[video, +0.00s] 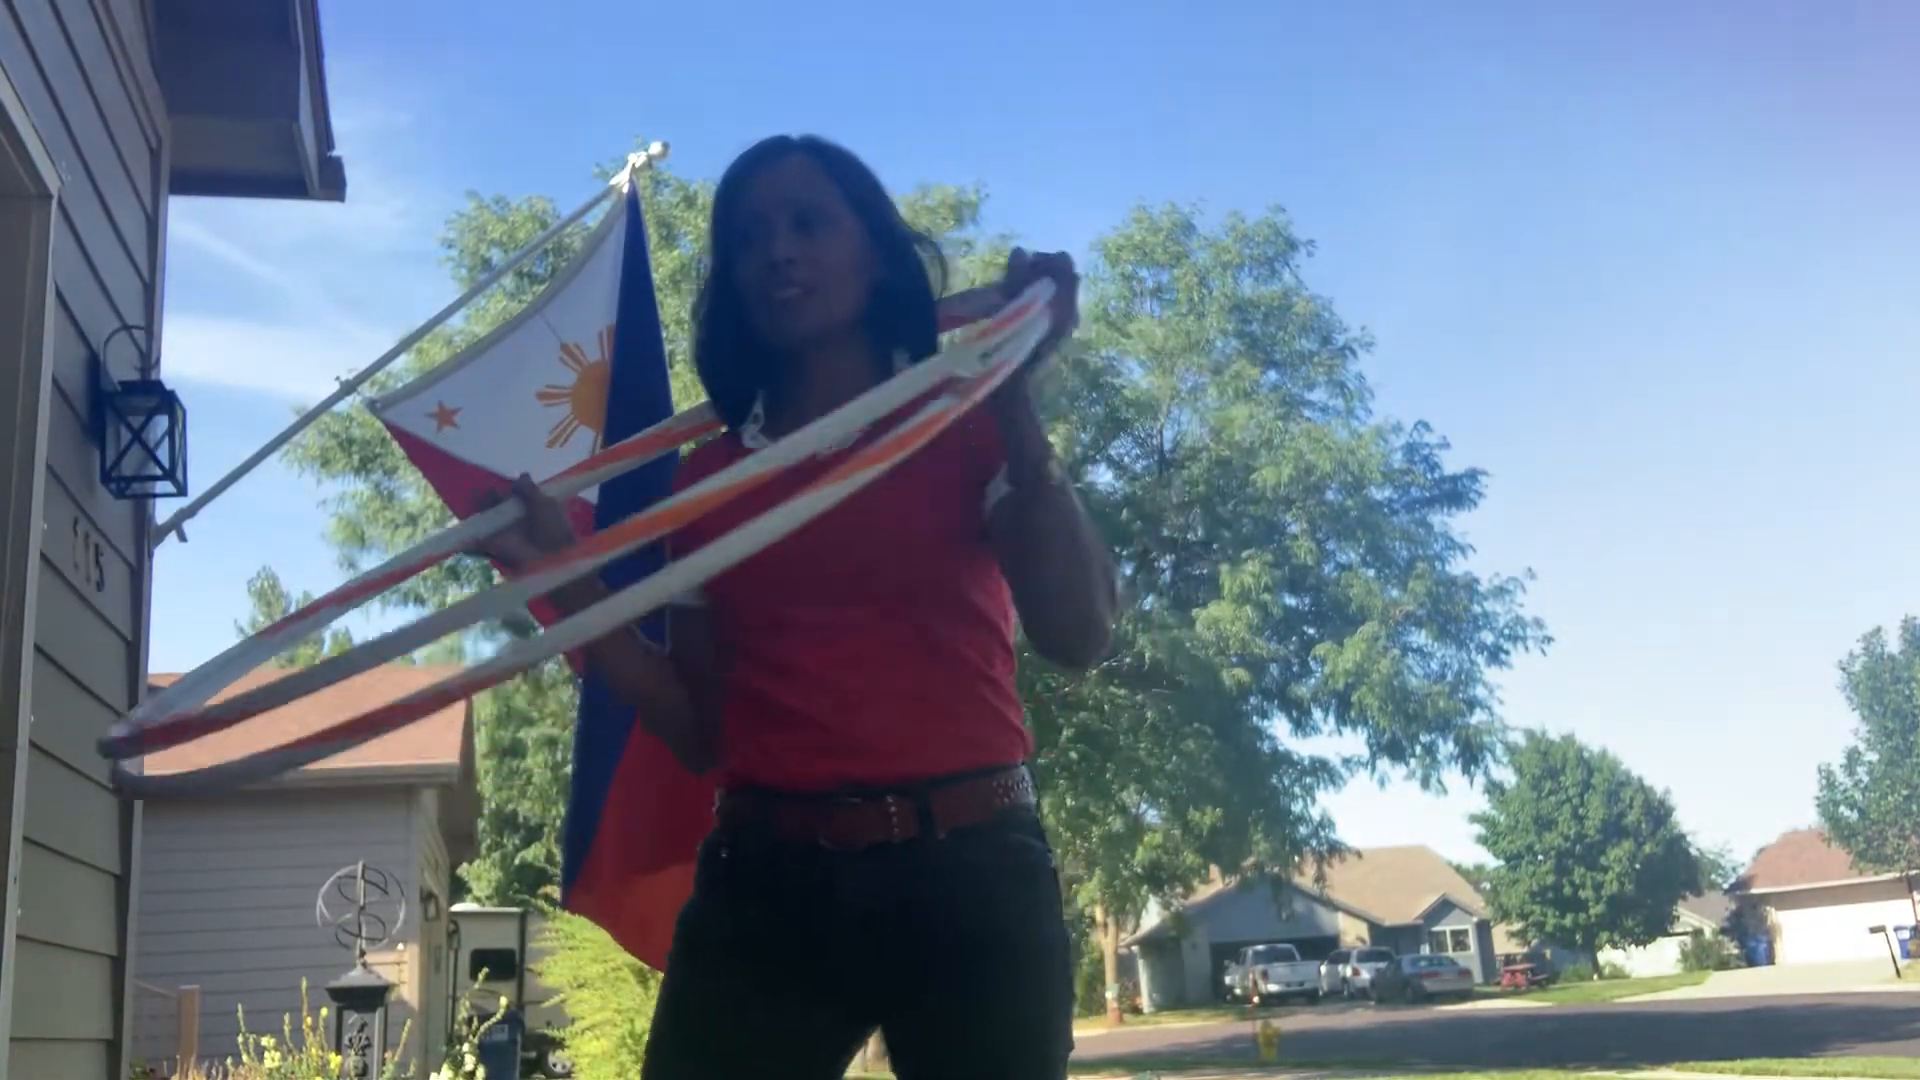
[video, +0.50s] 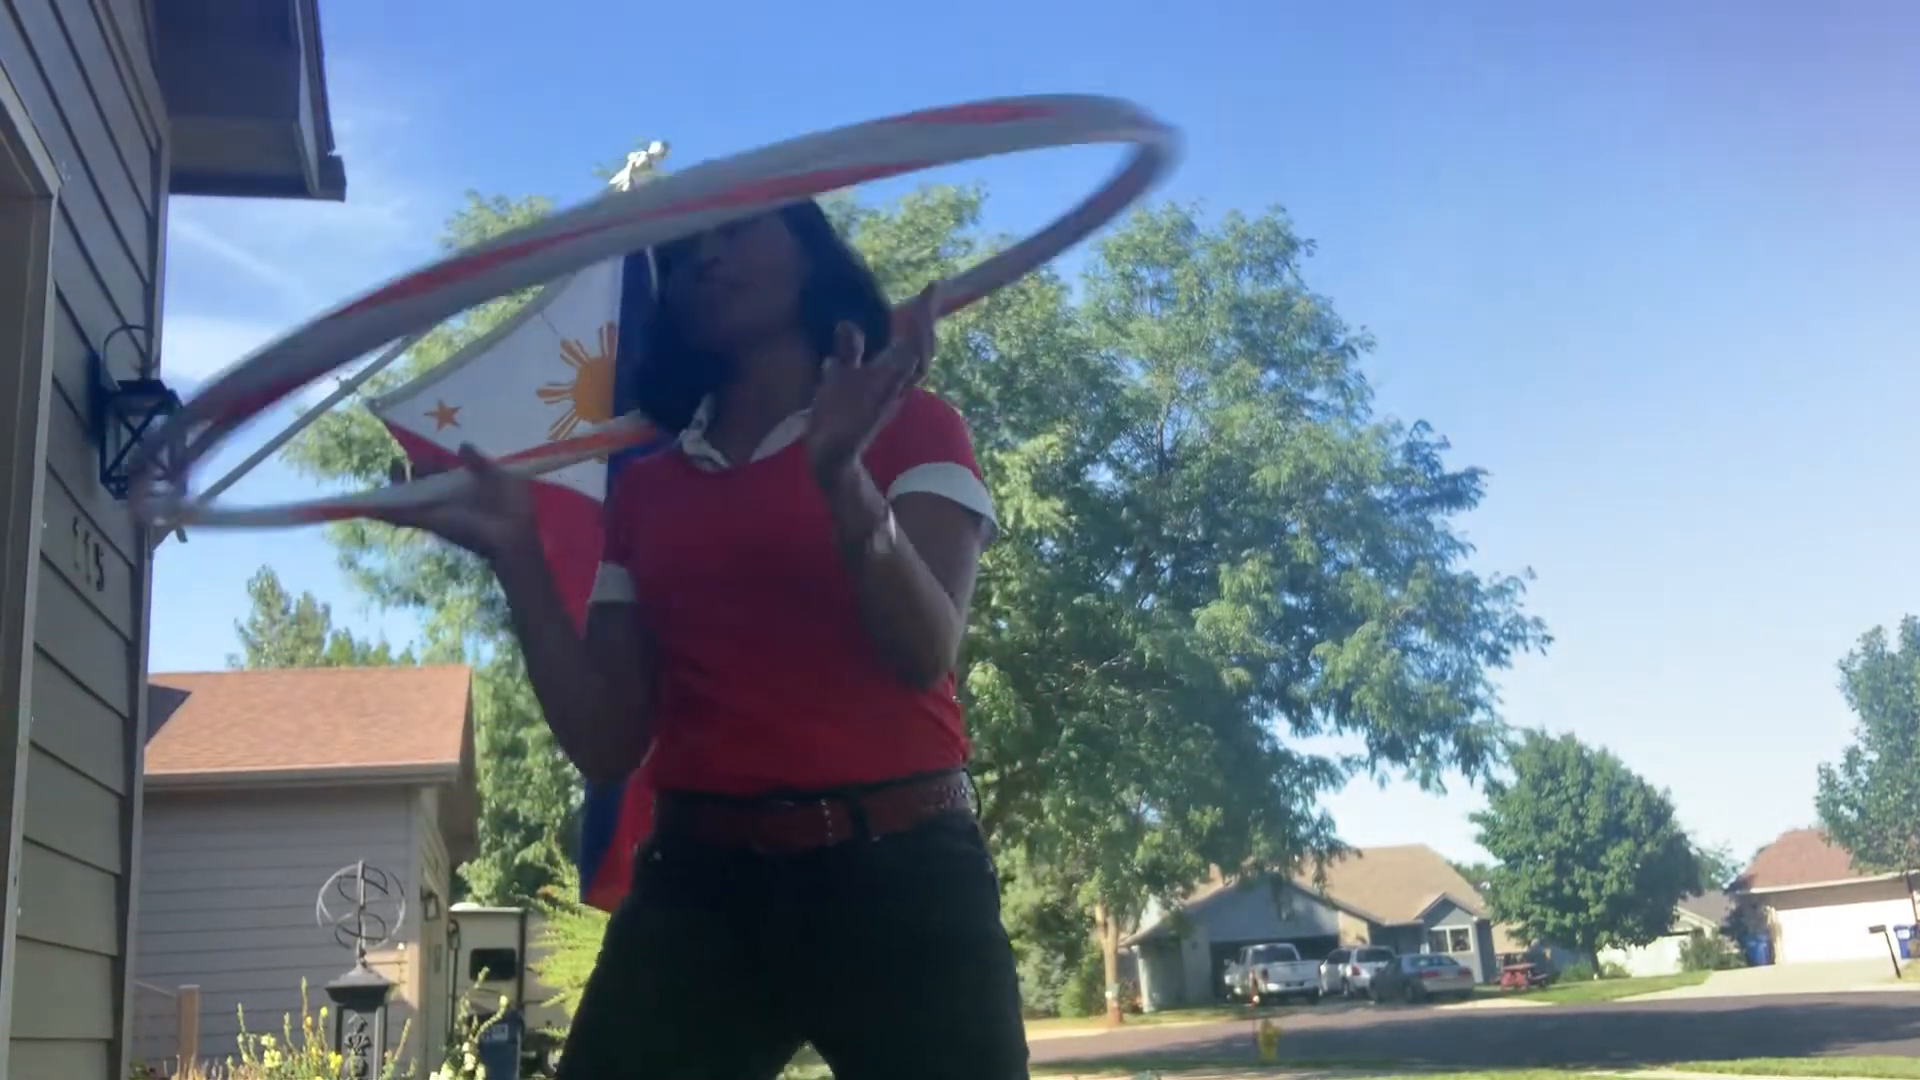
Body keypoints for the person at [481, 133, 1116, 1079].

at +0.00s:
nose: (778, 250)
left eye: (810, 220)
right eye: (750, 232)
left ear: (877, 249)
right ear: (726, 279)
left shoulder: (965, 408)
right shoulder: (711, 474)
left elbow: (1078, 632)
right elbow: (700, 731)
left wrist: (1018, 396)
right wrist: (565, 583)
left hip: (972, 860)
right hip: (771, 869)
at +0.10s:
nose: (711, 250)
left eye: (745, 219)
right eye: (685, 235)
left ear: (817, 251)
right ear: (662, 281)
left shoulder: (914, 406)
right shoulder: (657, 465)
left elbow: (995, 632)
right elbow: (659, 740)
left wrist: (902, 393)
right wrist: (511, 589)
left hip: (933, 861)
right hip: (734, 877)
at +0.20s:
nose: (663, 246)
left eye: (692, 215)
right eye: (635, 231)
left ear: (763, 239)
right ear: (615, 281)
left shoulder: (861, 403)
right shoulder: (625, 479)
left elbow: (906, 615)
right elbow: (616, 732)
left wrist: (792, 379)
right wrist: (476, 590)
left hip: (893, 854)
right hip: (696, 876)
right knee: (622, 1071)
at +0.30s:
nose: (657, 247)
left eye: (689, 217)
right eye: (625, 227)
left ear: (759, 249)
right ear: (597, 283)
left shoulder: (844, 397)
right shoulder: (617, 483)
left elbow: (867, 601)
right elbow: (604, 738)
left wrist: (756, 358)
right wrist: (463, 591)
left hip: (877, 857)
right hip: (682, 878)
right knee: (601, 1068)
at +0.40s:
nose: (667, 251)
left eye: (698, 220)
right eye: (641, 238)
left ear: (774, 240)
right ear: (624, 285)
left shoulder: (870, 407)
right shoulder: (634, 483)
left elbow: (881, 612)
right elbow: (605, 748)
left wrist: (809, 359)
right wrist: (470, 591)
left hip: (886, 867)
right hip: (687, 884)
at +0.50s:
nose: (704, 257)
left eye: (738, 228)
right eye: (681, 253)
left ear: (815, 257)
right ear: (667, 312)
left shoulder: (908, 424)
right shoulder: (645, 482)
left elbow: (928, 652)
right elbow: (606, 745)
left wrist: (842, 475)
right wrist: (517, 553)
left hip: (901, 869)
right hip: (699, 881)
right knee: (602, 1067)